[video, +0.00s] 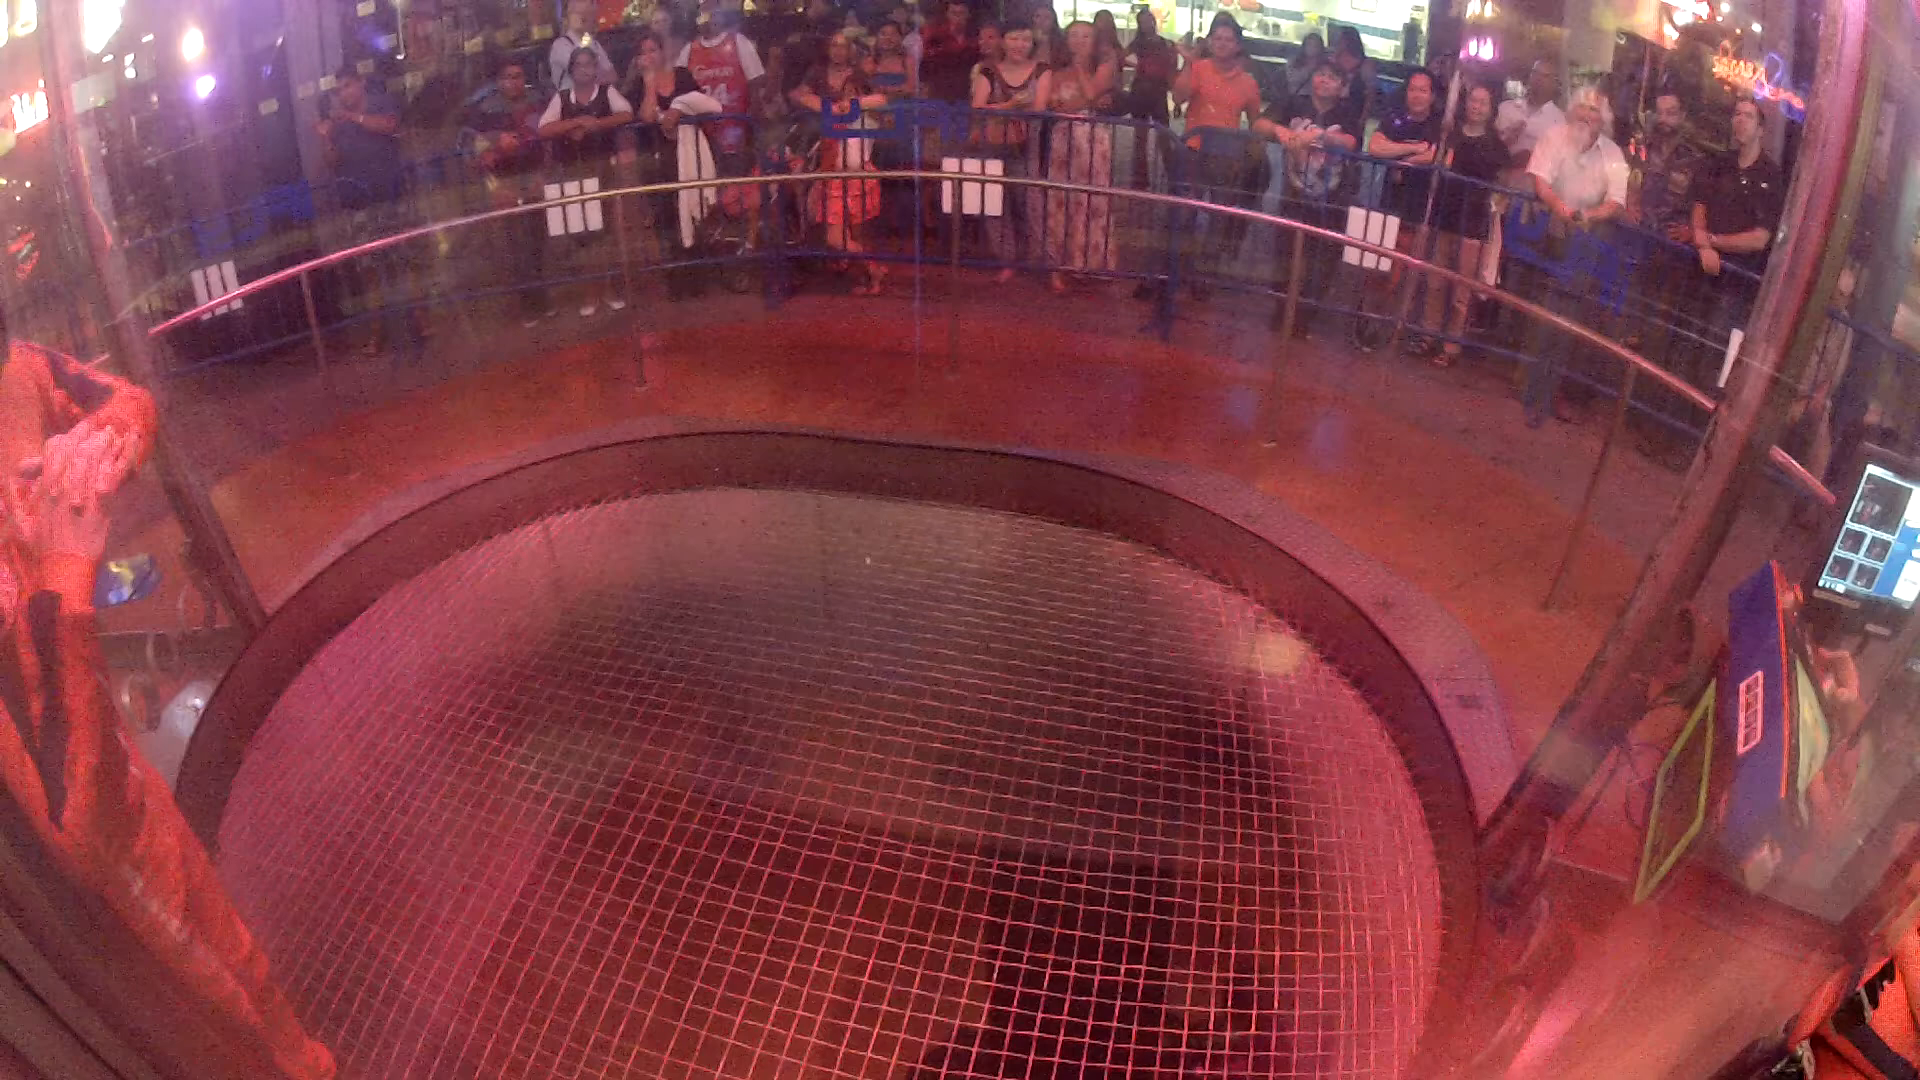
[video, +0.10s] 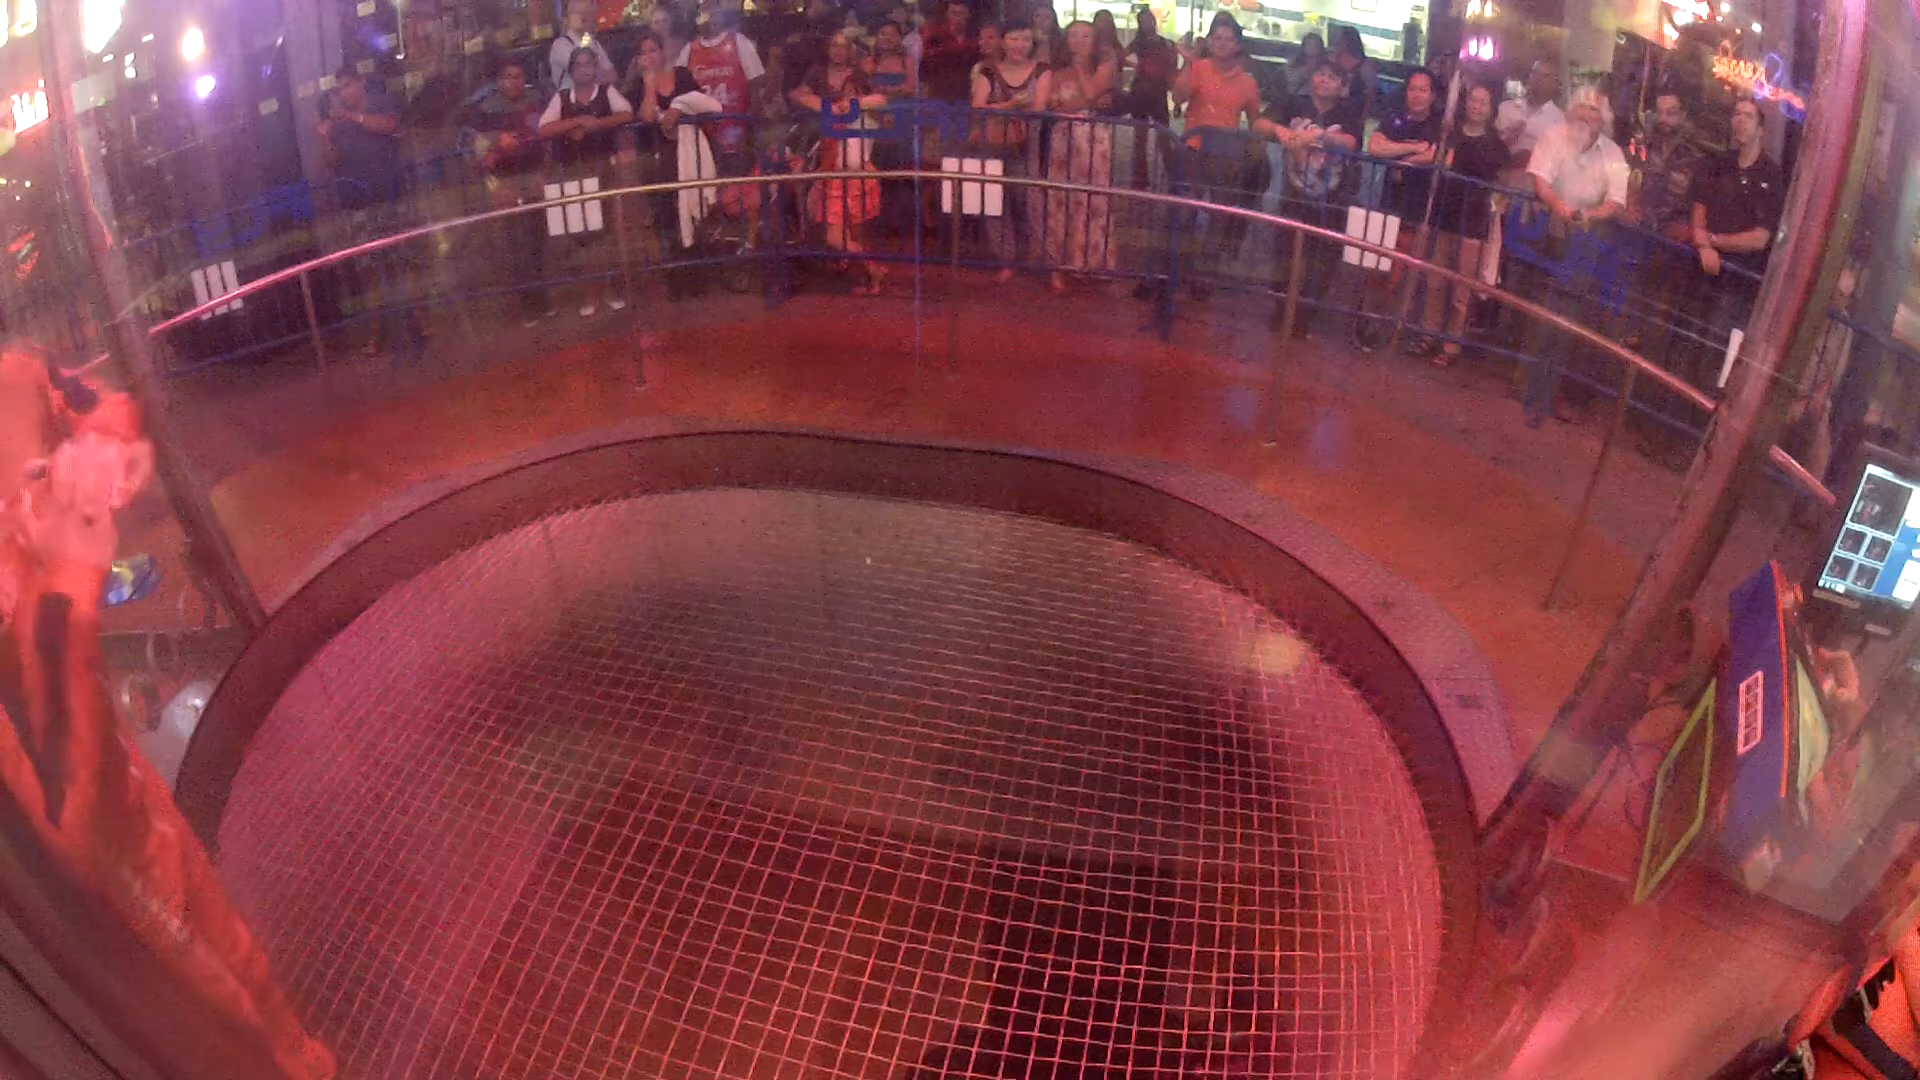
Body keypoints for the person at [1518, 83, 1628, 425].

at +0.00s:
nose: (1587, 117)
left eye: (1594, 112)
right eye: (1583, 110)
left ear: (1604, 118)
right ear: (1571, 111)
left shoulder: (1612, 153)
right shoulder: (1556, 136)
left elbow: (1616, 202)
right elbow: (1540, 181)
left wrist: (1589, 215)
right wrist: (1560, 209)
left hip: (1587, 235)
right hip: (1551, 226)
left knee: (1571, 310)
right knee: (1543, 305)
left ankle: (1550, 390)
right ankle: (1532, 388)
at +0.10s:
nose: (1586, 121)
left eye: (1593, 116)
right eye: (1581, 114)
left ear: (1603, 121)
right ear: (1570, 113)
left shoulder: (1613, 153)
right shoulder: (1556, 137)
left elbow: (1617, 201)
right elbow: (1540, 182)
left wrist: (1590, 215)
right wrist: (1561, 209)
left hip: (1586, 236)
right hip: (1550, 227)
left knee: (1571, 311)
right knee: (1542, 306)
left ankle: (1550, 391)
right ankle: (1532, 388)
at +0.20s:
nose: (1586, 118)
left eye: (1593, 113)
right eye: (1582, 110)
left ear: (1604, 119)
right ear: (1571, 111)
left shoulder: (1612, 153)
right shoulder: (1556, 137)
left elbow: (1616, 202)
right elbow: (1540, 182)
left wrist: (1590, 215)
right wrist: (1560, 208)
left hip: (1586, 237)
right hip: (1550, 228)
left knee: (1570, 311)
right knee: (1542, 307)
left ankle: (1550, 391)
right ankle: (1532, 390)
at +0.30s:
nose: (1586, 118)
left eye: (1593, 113)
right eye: (1581, 110)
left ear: (1604, 119)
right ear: (1570, 111)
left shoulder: (1612, 152)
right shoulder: (1556, 137)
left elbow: (1616, 202)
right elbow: (1540, 182)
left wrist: (1589, 215)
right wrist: (1561, 210)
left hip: (1588, 234)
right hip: (1552, 225)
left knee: (1571, 309)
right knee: (1543, 304)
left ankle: (1550, 390)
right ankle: (1532, 388)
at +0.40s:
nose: (1586, 118)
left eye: (1593, 114)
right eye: (1582, 111)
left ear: (1604, 119)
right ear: (1570, 112)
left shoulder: (1612, 153)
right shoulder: (1556, 137)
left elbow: (1616, 201)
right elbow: (1540, 181)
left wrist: (1590, 215)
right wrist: (1560, 210)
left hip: (1588, 235)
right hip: (1552, 225)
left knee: (1571, 309)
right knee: (1543, 305)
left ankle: (1549, 390)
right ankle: (1532, 390)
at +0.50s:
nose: (1586, 118)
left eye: (1593, 114)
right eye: (1581, 111)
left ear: (1603, 120)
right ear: (1571, 112)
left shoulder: (1613, 153)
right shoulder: (1556, 137)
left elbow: (1616, 201)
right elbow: (1540, 181)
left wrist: (1590, 215)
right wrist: (1559, 208)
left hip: (1585, 235)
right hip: (1549, 225)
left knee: (1570, 308)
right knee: (1542, 304)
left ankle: (1550, 388)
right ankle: (1532, 388)